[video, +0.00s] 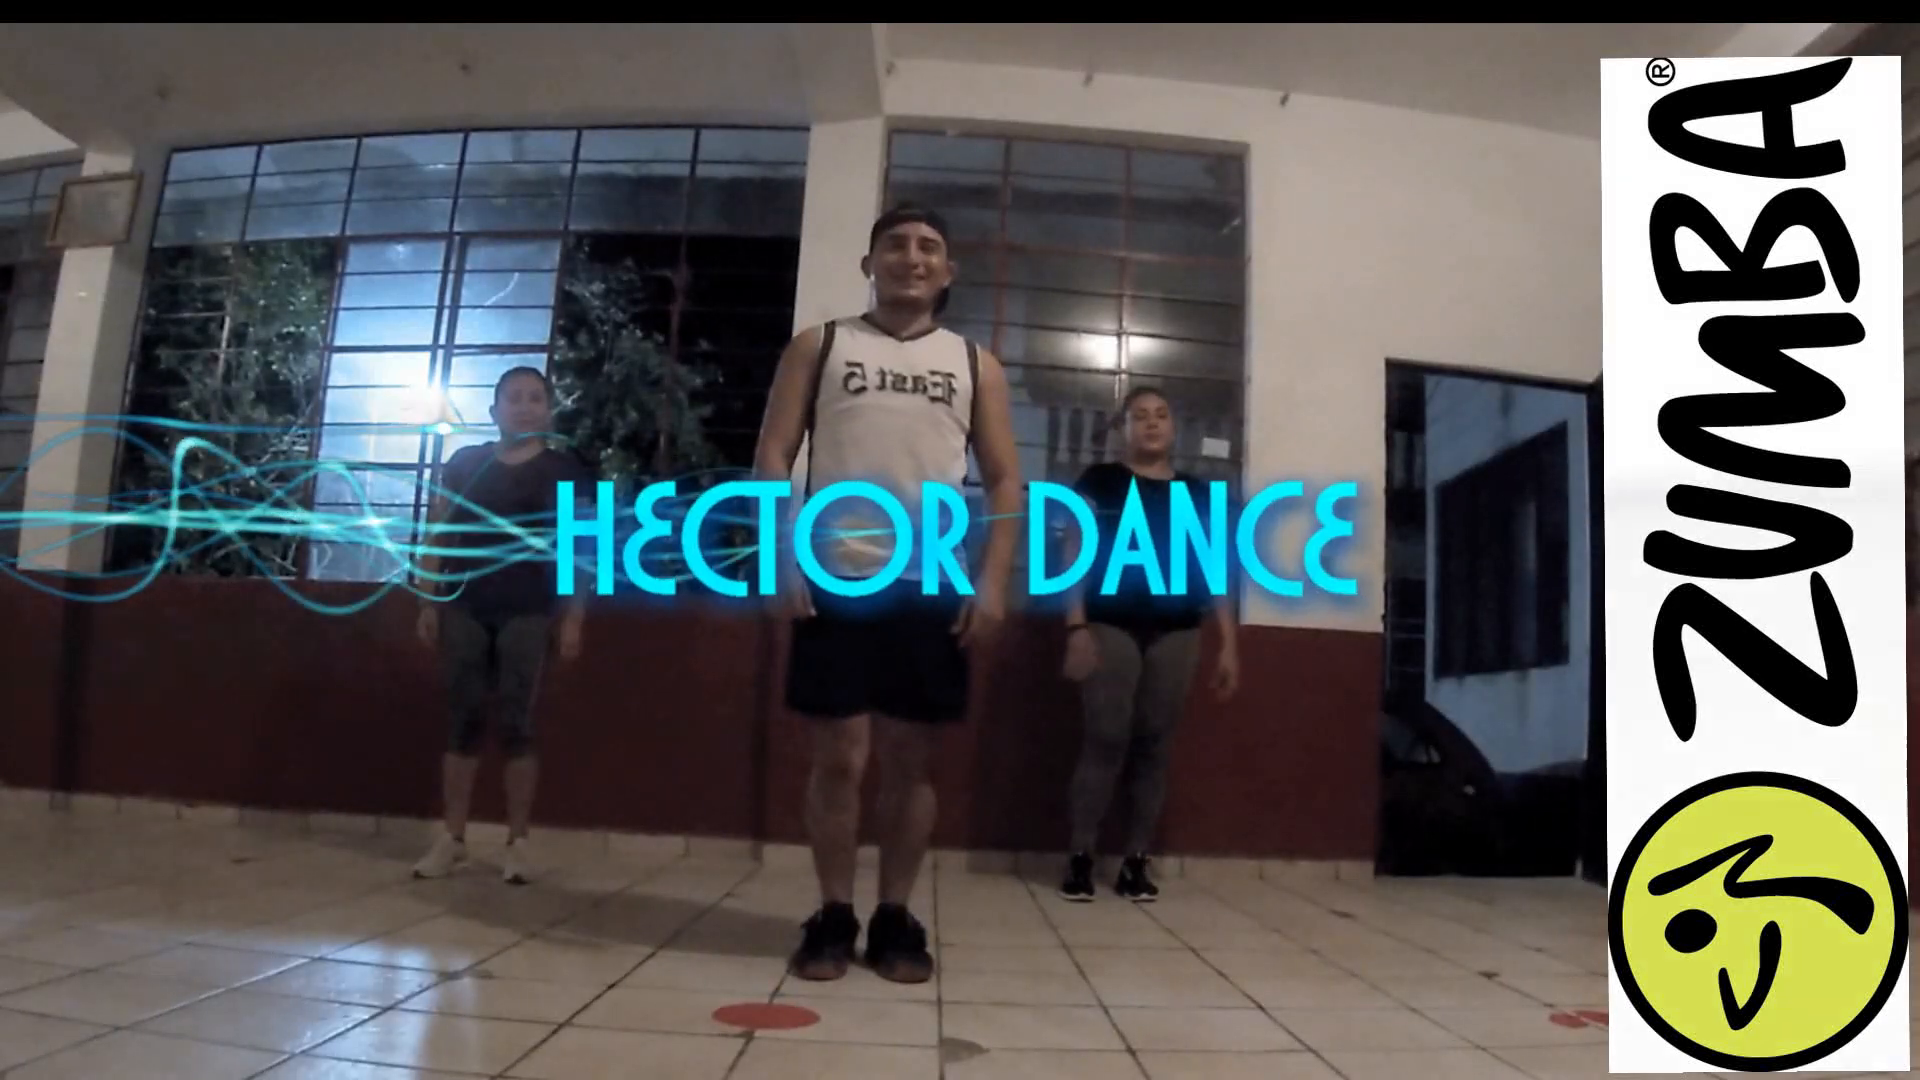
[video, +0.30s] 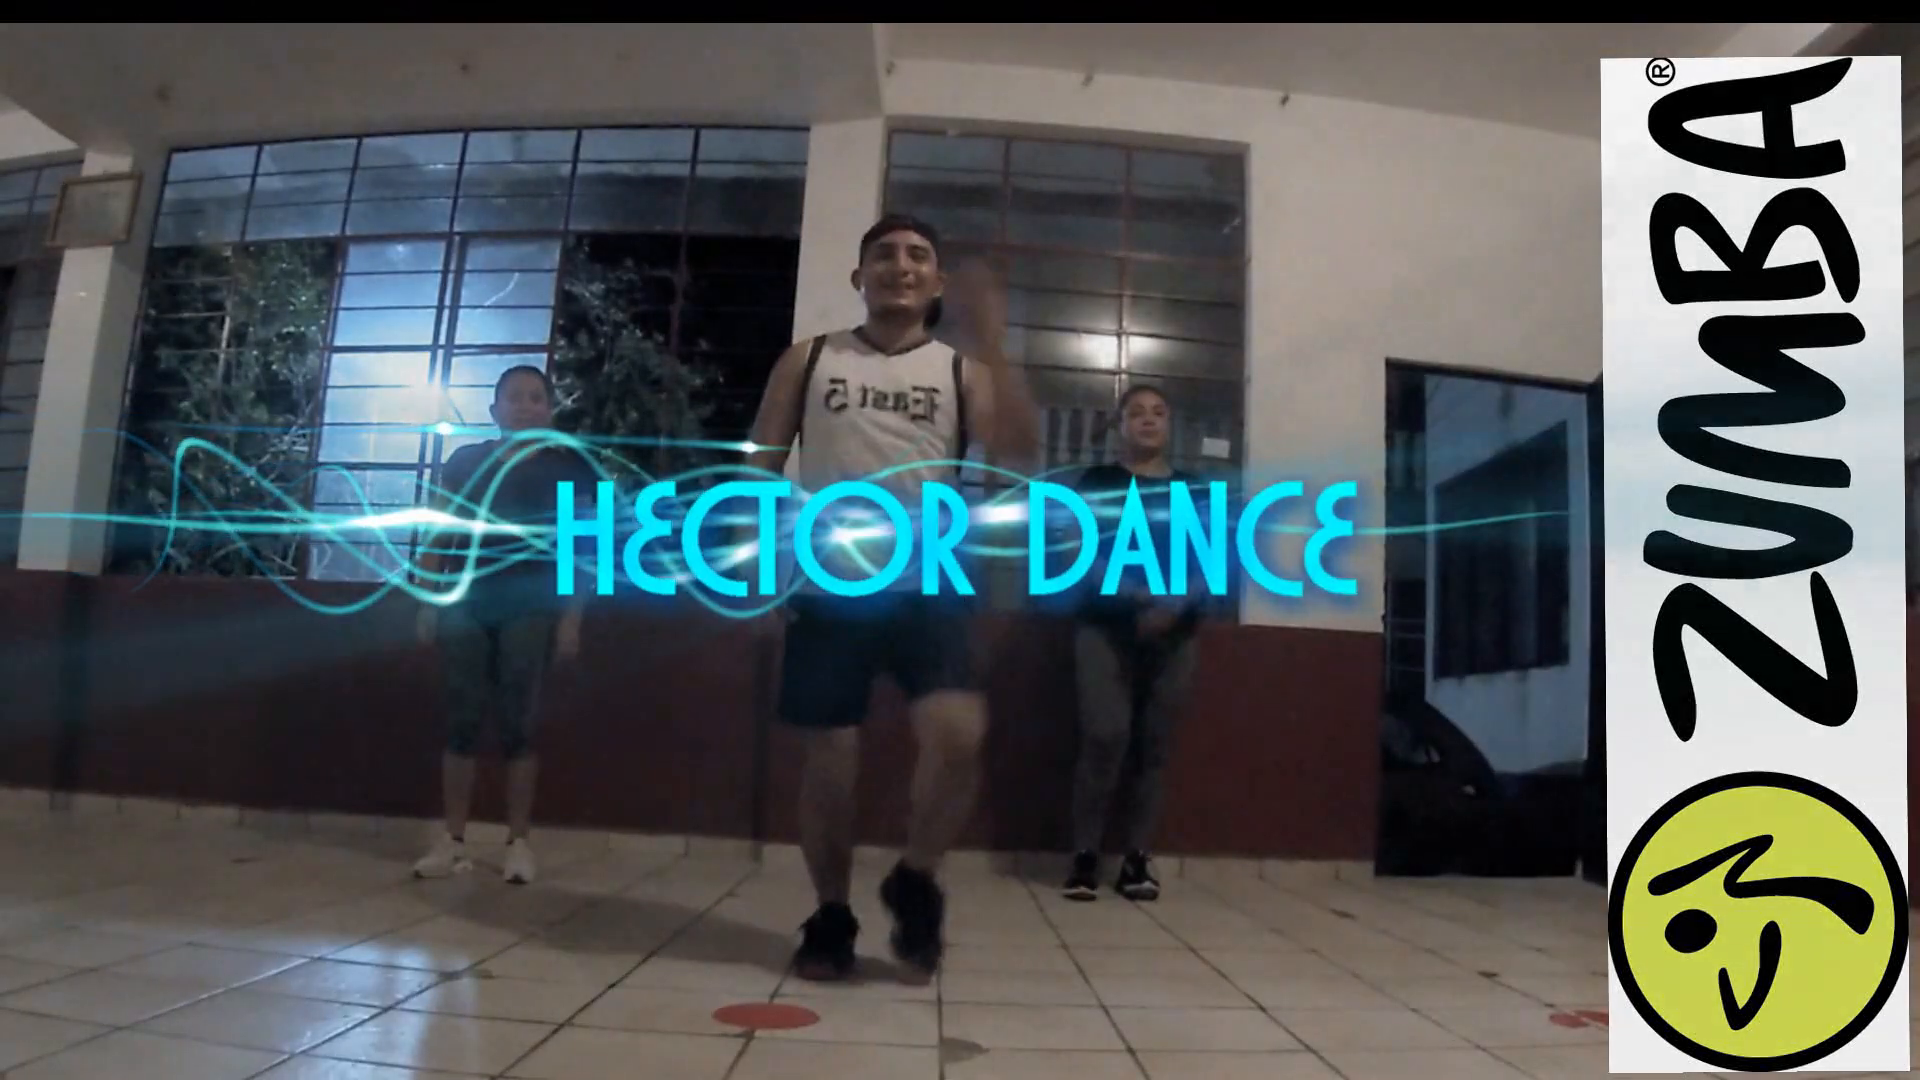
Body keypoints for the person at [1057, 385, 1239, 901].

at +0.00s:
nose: (1151, 425)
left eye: (1159, 417)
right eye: (1141, 418)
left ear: (1174, 429)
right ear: (1124, 429)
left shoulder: (1193, 491)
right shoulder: (1099, 482)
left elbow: (1216, 575)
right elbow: (1074, 556)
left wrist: (1228, 645)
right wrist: (1077, 627)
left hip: (1175, 634)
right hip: (1110, 632)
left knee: (1155, 749)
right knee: (1104, 743)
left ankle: (1137, 860)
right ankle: (1081, 856)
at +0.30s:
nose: (1148, 421)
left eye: (1157, 414)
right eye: (1138, 414)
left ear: (1170, 426)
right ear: (1120, 425)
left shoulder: (1190, 489)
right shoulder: (1090, 486)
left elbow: (1212, 570)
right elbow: (1067, 565)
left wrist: (1178, 609)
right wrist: (1121, 606)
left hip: (1169, 629)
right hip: (1102, 627)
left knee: (1155, 746)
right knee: (1106, 736)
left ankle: (1137, 858)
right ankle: (1086, 856)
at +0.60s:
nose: (1147, 417)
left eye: (1156, 409)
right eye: (1137, 409)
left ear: (1170, 420)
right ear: (1119, 421)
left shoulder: (1191, 473)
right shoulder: (1093, 477)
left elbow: (1261, 460)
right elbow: (1061, 548)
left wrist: (1239, 399)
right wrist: (1069, 611)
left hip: (1176, 623)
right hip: (1108, 623)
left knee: (1190, 734)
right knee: (1100, 739)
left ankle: (1188, 865)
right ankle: (1092, 857)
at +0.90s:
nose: (1157, 419)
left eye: (1166, 411)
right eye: (1146, 413)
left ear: (1181, 423)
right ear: (1127, 427)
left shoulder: (1207, 474)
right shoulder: (1110, 483)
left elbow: (1255, 403)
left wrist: (1294, 329)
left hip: (1197, 622)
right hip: (1121, 619)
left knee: (1209, 736)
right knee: (1067, 718)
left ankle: (1215, 873)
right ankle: (1071, 850)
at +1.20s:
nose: (1129, 424)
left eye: (1140, 417)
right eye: (1120, 414)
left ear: (1151, 431)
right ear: (1099, 424)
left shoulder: (1164, 489)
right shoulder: (1071, 477)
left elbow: (1226, 527)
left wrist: (1239, 470)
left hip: (1150, 623)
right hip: (1074, 621)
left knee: (1184, 741)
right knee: (1051, 744)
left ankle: (1211, 874)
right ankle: (1016, 876)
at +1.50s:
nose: (1120, 420)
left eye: (1128, 414)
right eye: (1109, 412)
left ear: (1141, 427)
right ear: (1088, 424)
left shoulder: (1155, 492)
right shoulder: (1065, 476)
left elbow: (1177, 554)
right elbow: (1036, 403)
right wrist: (1061, 327)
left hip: (1145, 623)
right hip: (1077, 621)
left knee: (1172, 730)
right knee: (1055, 734)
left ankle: (1159, 837)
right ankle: (1012, 860)